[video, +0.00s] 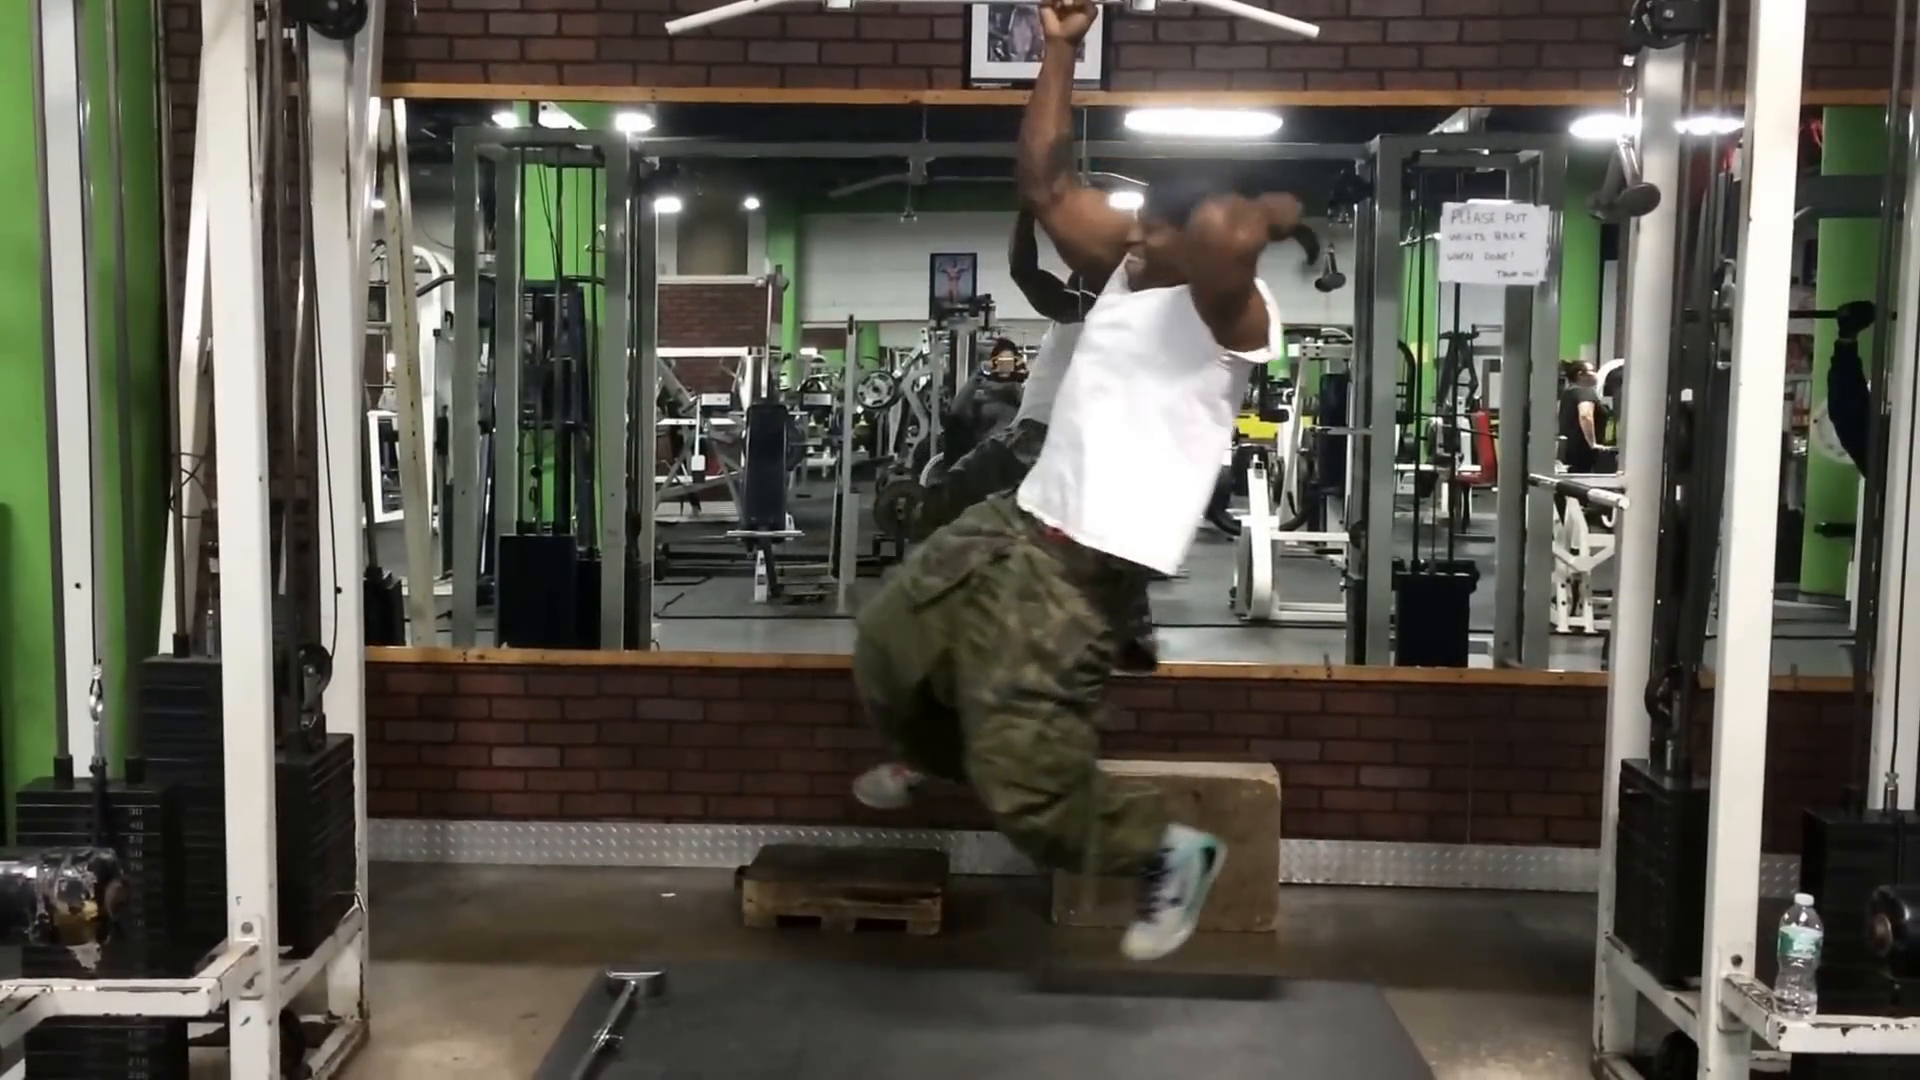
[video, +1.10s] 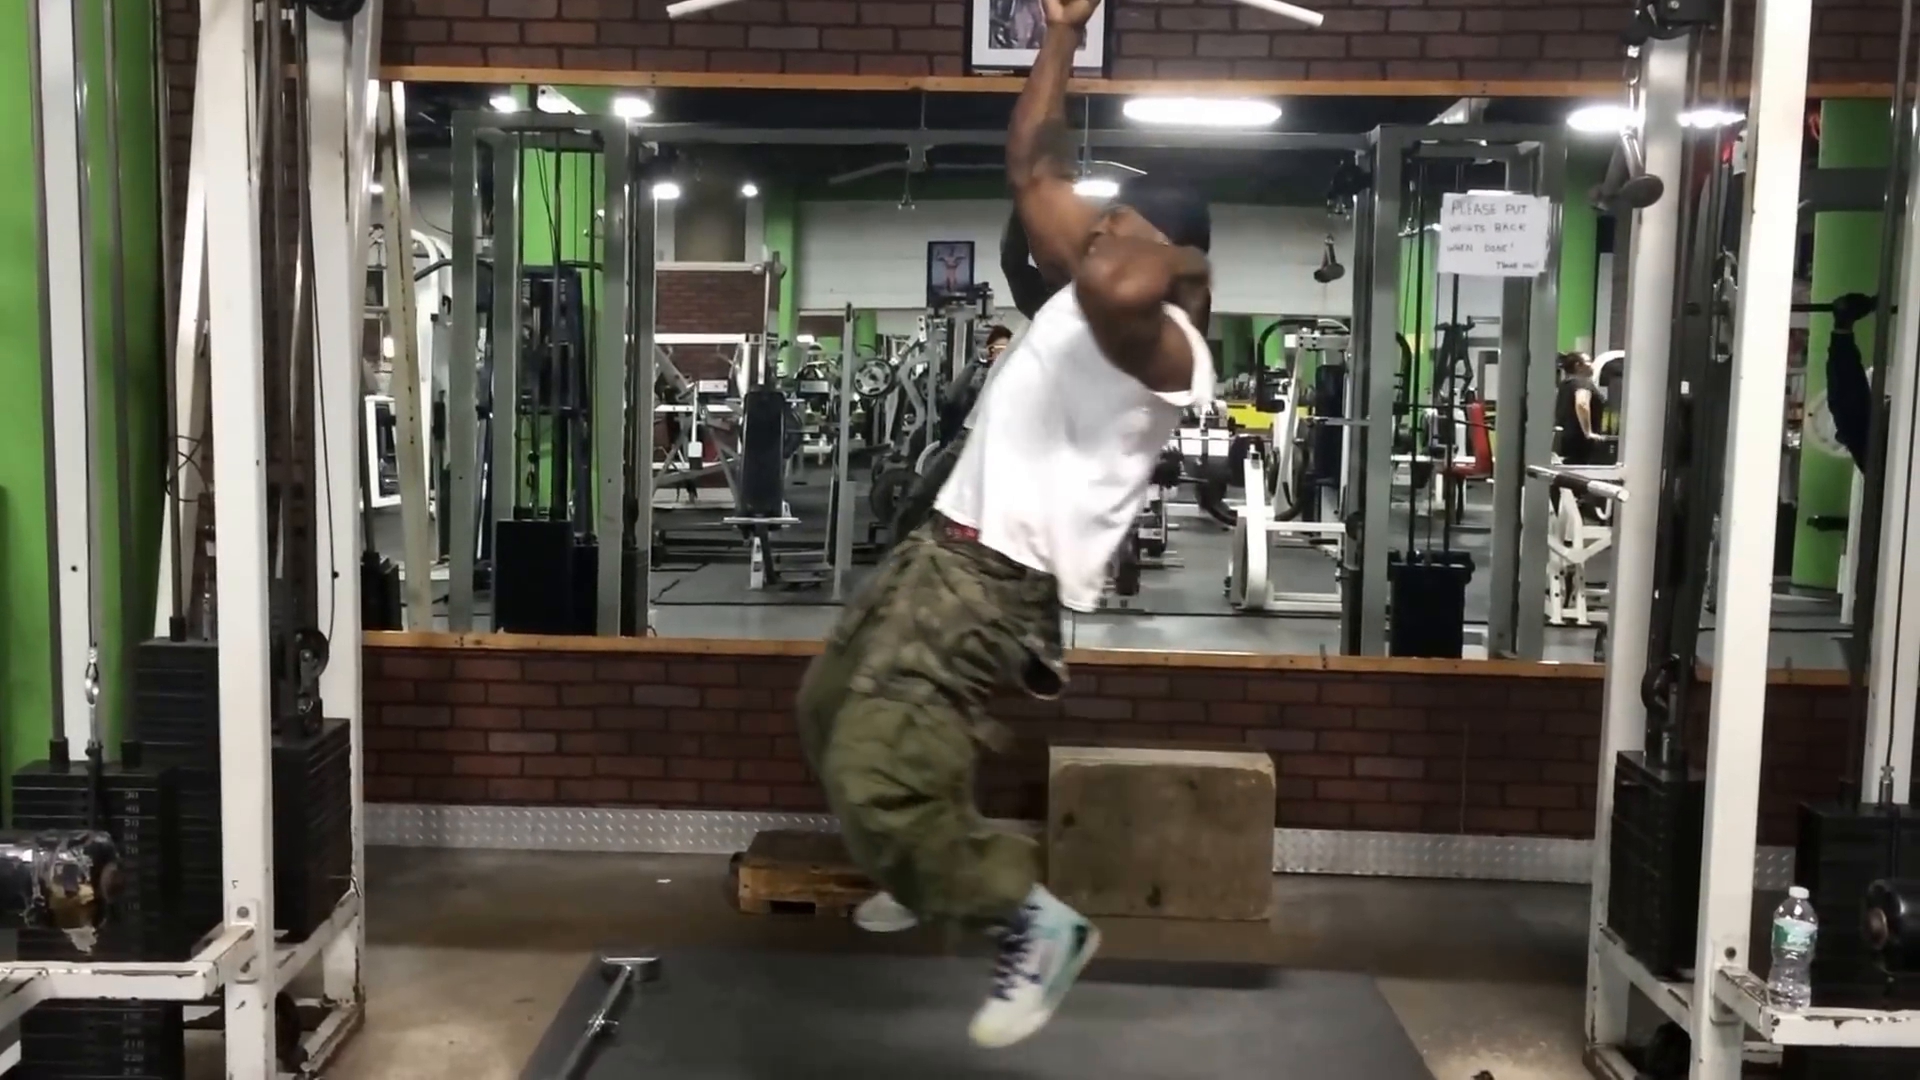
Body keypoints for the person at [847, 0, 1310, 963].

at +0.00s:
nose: (1171, 225)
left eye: (1194, 219)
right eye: (1174, 213)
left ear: (1232, 238)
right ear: (1164, 215)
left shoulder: (1233, 317)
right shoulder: (1131, 249)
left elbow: (1216, 256)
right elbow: (1045, 183)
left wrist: (1249, 214)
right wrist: (1058, 51)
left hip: (1085, 572)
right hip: (1015, 522)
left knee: (1017, 784)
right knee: (887, 643)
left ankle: (1172, 851)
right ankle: (938, 765)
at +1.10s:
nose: (1097, 236)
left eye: (1119, 228)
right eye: (1099, 223)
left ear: (1166, 264)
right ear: (1098, 239)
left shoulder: (1166, 347)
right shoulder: (1084, 298)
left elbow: (1114, 294)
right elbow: (1031, 166)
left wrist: (1175, 259)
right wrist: (1058, 36)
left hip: (992, 587)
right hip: (933, 555)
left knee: (878, 772)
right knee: (828, 713)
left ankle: (1037, 923)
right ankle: (933, 879)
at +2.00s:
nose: (1114, 231)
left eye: (1133, 227)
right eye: (1120, 221)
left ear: (1178, 251)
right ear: (1129, 233)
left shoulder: (1208, 335)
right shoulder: (1109, 264)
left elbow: (1227, 275)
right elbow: (1039, 151)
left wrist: (1238, 249)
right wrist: (1065, 23)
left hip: (1037, 577)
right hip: (965, 528)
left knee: (983, 784)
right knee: (864, 660)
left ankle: (1118, 840)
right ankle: (939, 773)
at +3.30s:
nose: (1066, 193)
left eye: (1067, 191)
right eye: (1050, 192)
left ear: (1086, 207)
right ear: (1060, 221)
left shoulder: (1161, 278)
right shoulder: (1087, 264)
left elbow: (1178, 154)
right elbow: (1035, 143)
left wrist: (1239, 230)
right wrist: (1061, 19)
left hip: (980, 552)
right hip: (934, 533)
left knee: (841, 745)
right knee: (831, 699)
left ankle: (1005, 905)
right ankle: (931, 856)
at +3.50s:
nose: (1101, 180)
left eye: (1137, 172)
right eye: (1110, 166)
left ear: (1155, 205)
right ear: (1121, 208)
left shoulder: (1151, 290)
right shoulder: (1078, 270)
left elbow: (1149, 154)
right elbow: (1032, 150)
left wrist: (1209, 104)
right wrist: (1056, 24)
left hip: (969, 545)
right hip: (933, 525)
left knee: (794, 715)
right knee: (816, 675)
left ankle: (922, 897)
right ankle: (905, 856)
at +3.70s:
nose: (1046, 246)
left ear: (1094, 210)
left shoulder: (1152, 277)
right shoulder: (1119, 271)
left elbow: (1054, 158)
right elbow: (1027, 150)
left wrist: (1100, 64)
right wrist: (1057, 32)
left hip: (1000, 541)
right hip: (965, 511)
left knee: (798, 674)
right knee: (782, 603)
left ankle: (879, 858)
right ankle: (854, 813)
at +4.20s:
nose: (1059, 214)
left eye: (1064, 199)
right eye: (1053, 202)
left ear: (1150, 199)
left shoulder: (1206, 291)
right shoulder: (1098, 273)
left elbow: (1133, 185)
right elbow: (1054, 193)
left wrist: (1053, 75)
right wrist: (1037, 88)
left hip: (1075, 546)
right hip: (1015, 494)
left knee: (929, 712)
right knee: (845, 580)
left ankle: (1028, 842)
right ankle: (860, 720)